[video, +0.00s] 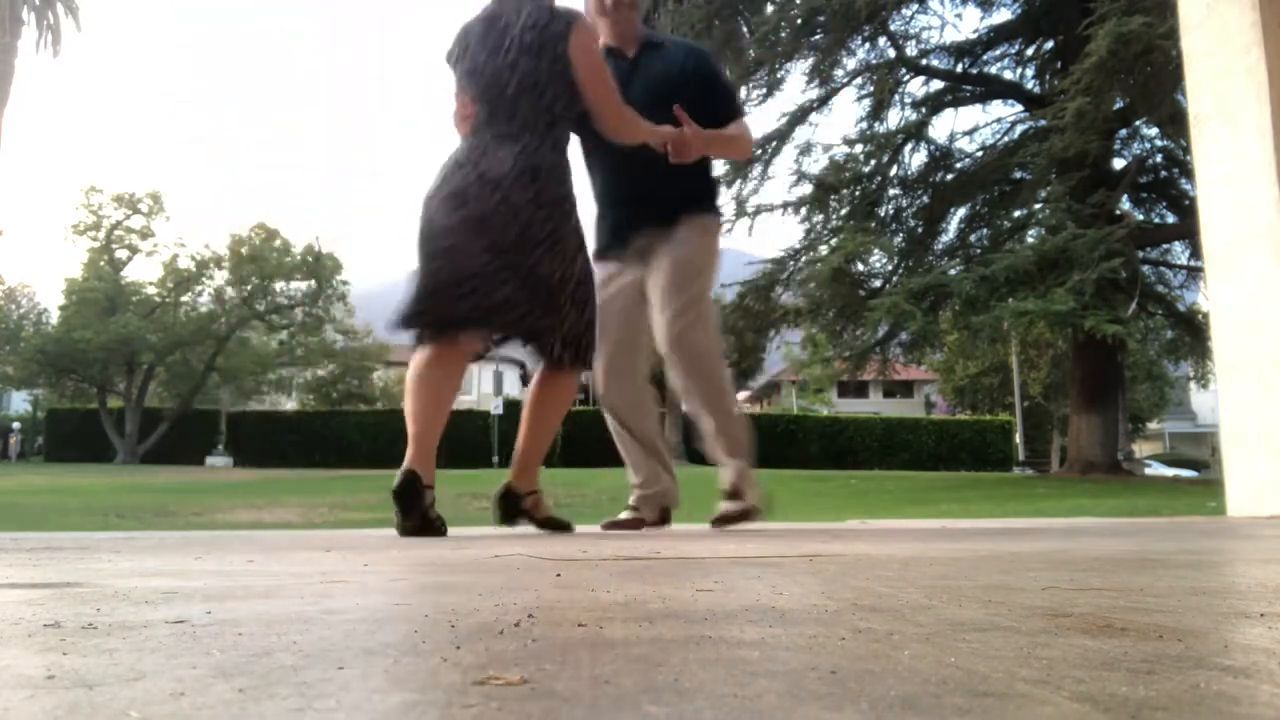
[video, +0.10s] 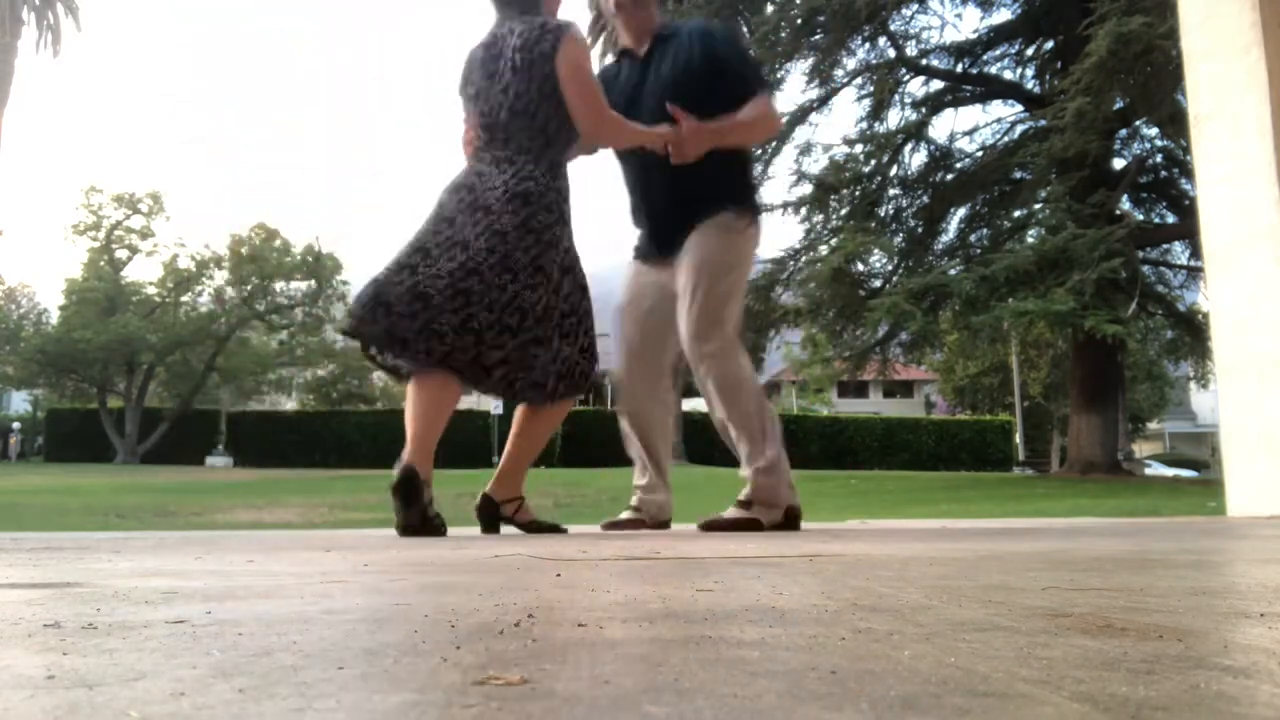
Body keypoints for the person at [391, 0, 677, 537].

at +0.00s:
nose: (605, 2)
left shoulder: (472, 32)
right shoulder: (571, 26)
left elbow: (465, 120)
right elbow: (613, 122)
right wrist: (654, 132)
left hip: (464, 184)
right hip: (535, 192)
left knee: (448, 334)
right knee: (569, 343)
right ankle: (522, 486)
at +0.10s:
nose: (564, 2)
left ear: (501, 1)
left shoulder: (479, 55)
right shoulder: (561, 37)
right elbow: (600, 127)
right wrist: (656, 135)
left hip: (470, 202)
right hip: (529, 209)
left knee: (447, 339)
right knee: (568, 362)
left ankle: (414, 466)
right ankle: (504, 492)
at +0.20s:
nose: (574, 3)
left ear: (515, 7)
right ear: (554, 1)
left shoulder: (501, 66)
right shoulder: (558, 33)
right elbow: (574, 100)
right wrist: (649, 107)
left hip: (496, 217)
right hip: (543, 221)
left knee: (486, 364)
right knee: (564, 372)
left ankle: (403, 448)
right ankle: (505, 494)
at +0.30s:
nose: (596, 9)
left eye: (594, 2)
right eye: (589, 1)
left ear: (550, 9)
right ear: (564, 3)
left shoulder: (546, 59)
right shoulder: (556, 37)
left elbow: (560, 166)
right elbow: (544, 94)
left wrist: (635, 142)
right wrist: (623, 99)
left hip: (548, 221)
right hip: (553, 220)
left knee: (541, 365)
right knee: (565, 368)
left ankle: (455, 455)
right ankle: (507, 494)